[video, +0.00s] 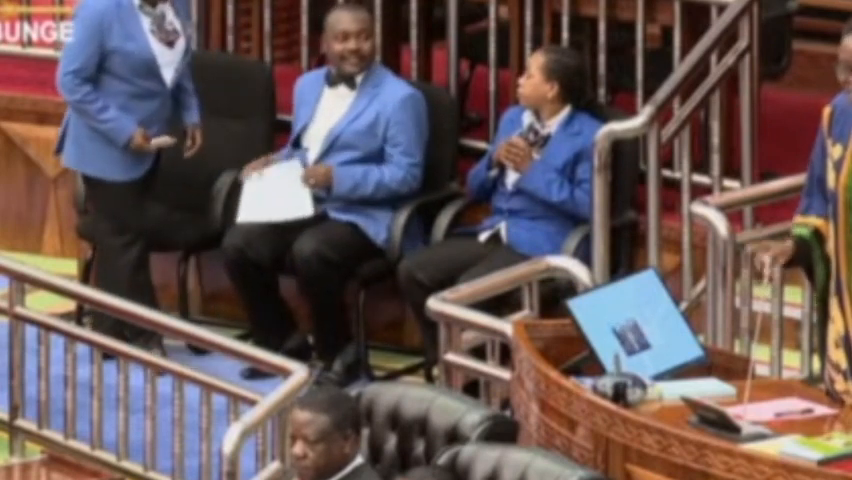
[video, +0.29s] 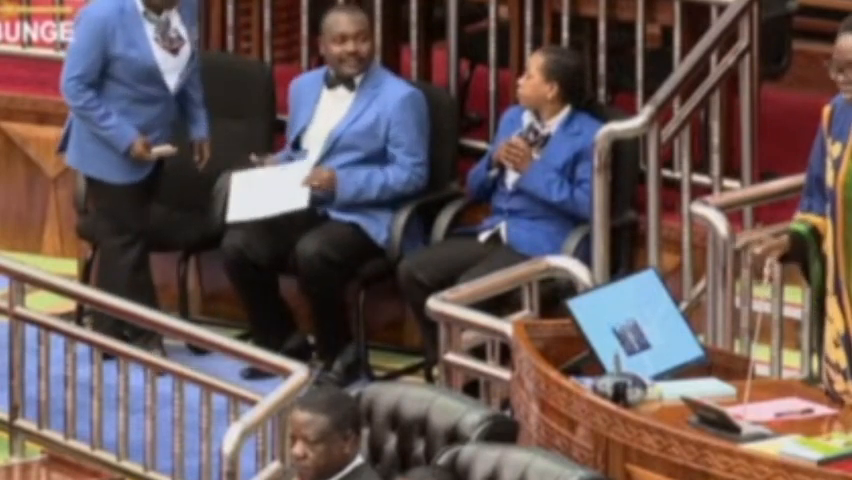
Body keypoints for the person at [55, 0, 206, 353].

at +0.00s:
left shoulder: (179, 7)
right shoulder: (101, 11)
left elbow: (179, 64)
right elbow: (71, 81)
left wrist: (190, 113)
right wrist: (125, 131)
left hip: (149, 147)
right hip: (104, 148)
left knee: (123, 242)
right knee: (125, 244)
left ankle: (108, 332)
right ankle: (143, 336)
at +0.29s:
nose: (170, 4)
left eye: (173, 3)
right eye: (164, 4)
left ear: (175, 0)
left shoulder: (185, 10)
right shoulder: (103, 16)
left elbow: (189, 71)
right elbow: (75, 87)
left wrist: (198, 127)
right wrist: (125, 138)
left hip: (155, 150)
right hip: (108, 151)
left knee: (125, 242)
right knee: (126, 243)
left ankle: (108, 329)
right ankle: (143, 333)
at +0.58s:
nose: (189, 15)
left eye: (194, 8)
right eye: (182, 8)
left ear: (198, 5)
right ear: (159, 2)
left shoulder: (202, 18)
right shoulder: (113, 27)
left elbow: (206, 86)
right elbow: (86, 98)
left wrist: (216, 148)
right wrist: (134, 152)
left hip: (170, 151)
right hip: (115, 151)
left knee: (160, 244)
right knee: (137, 245)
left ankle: (115, 328)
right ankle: (146, 337)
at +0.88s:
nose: (197, 34)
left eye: (203, 26)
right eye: (190, 27)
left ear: (209, 13)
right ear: (167, 14)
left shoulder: (217, 30)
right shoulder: (119, 34)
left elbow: (218, 98)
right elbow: (87, 100)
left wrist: (220, 163)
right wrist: (126, 158)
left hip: (172, 145)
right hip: (117, 147)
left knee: (171, 239)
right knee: (129, 245)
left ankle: (180, 334)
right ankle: (144, 337)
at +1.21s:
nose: (208, 48)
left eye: (213, 40)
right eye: (201, 42)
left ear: (219, 30)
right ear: (176, 31)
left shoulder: (226, 46)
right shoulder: (125, 42)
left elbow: (228, 110)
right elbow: (92, 105)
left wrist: (226, 171)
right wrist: (122, 167)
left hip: (182, 150)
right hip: (127, 151)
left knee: (173, 242)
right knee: (128, 243)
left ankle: (175, 333)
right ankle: (142, 333)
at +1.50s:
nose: (205, 53)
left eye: (212, 44)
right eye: (196, 46)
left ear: (220, 33)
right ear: (173, 34)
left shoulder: (230, 46)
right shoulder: (127, 46)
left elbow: (233, 110)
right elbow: (99, 112)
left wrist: (227, 168)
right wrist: (130, 171)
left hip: (193, 154)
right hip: (138, 154)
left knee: (181, 243)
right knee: (138, 244)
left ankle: (178, 333)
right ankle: (145, 334)